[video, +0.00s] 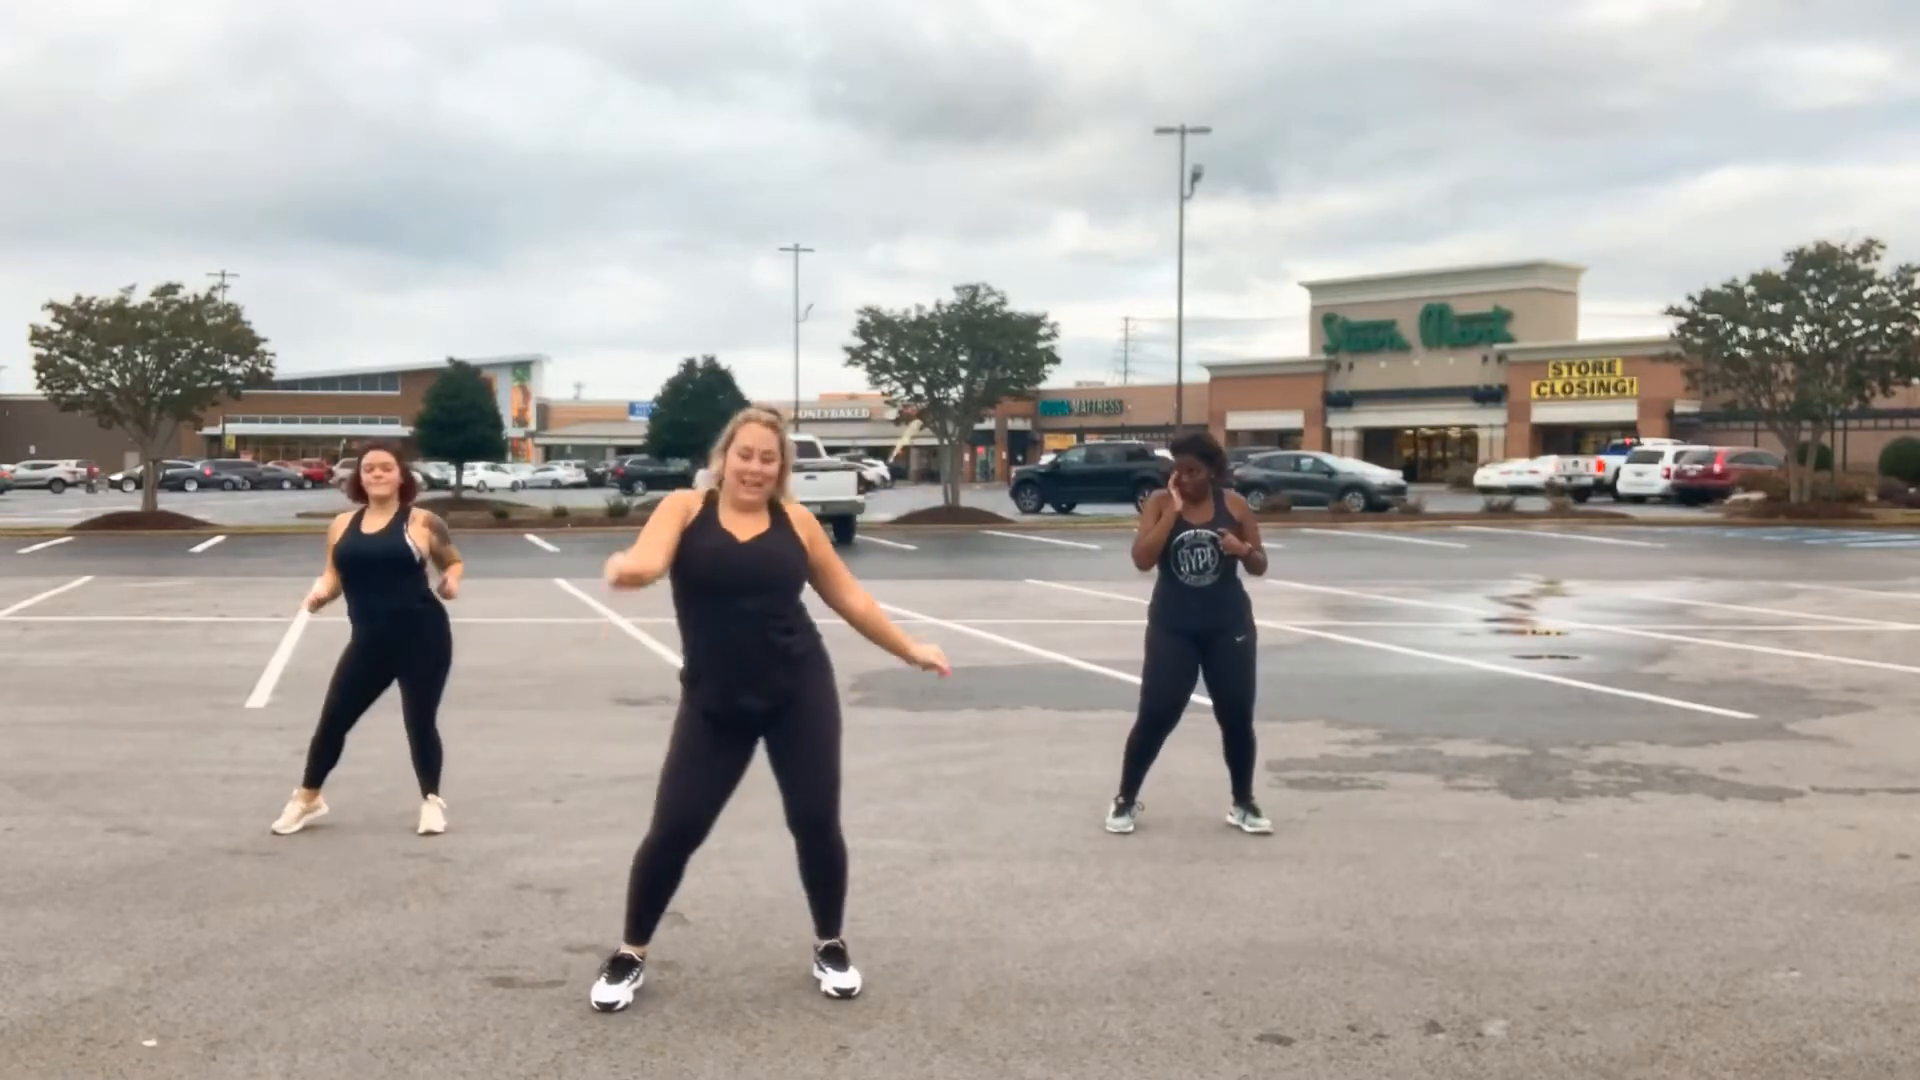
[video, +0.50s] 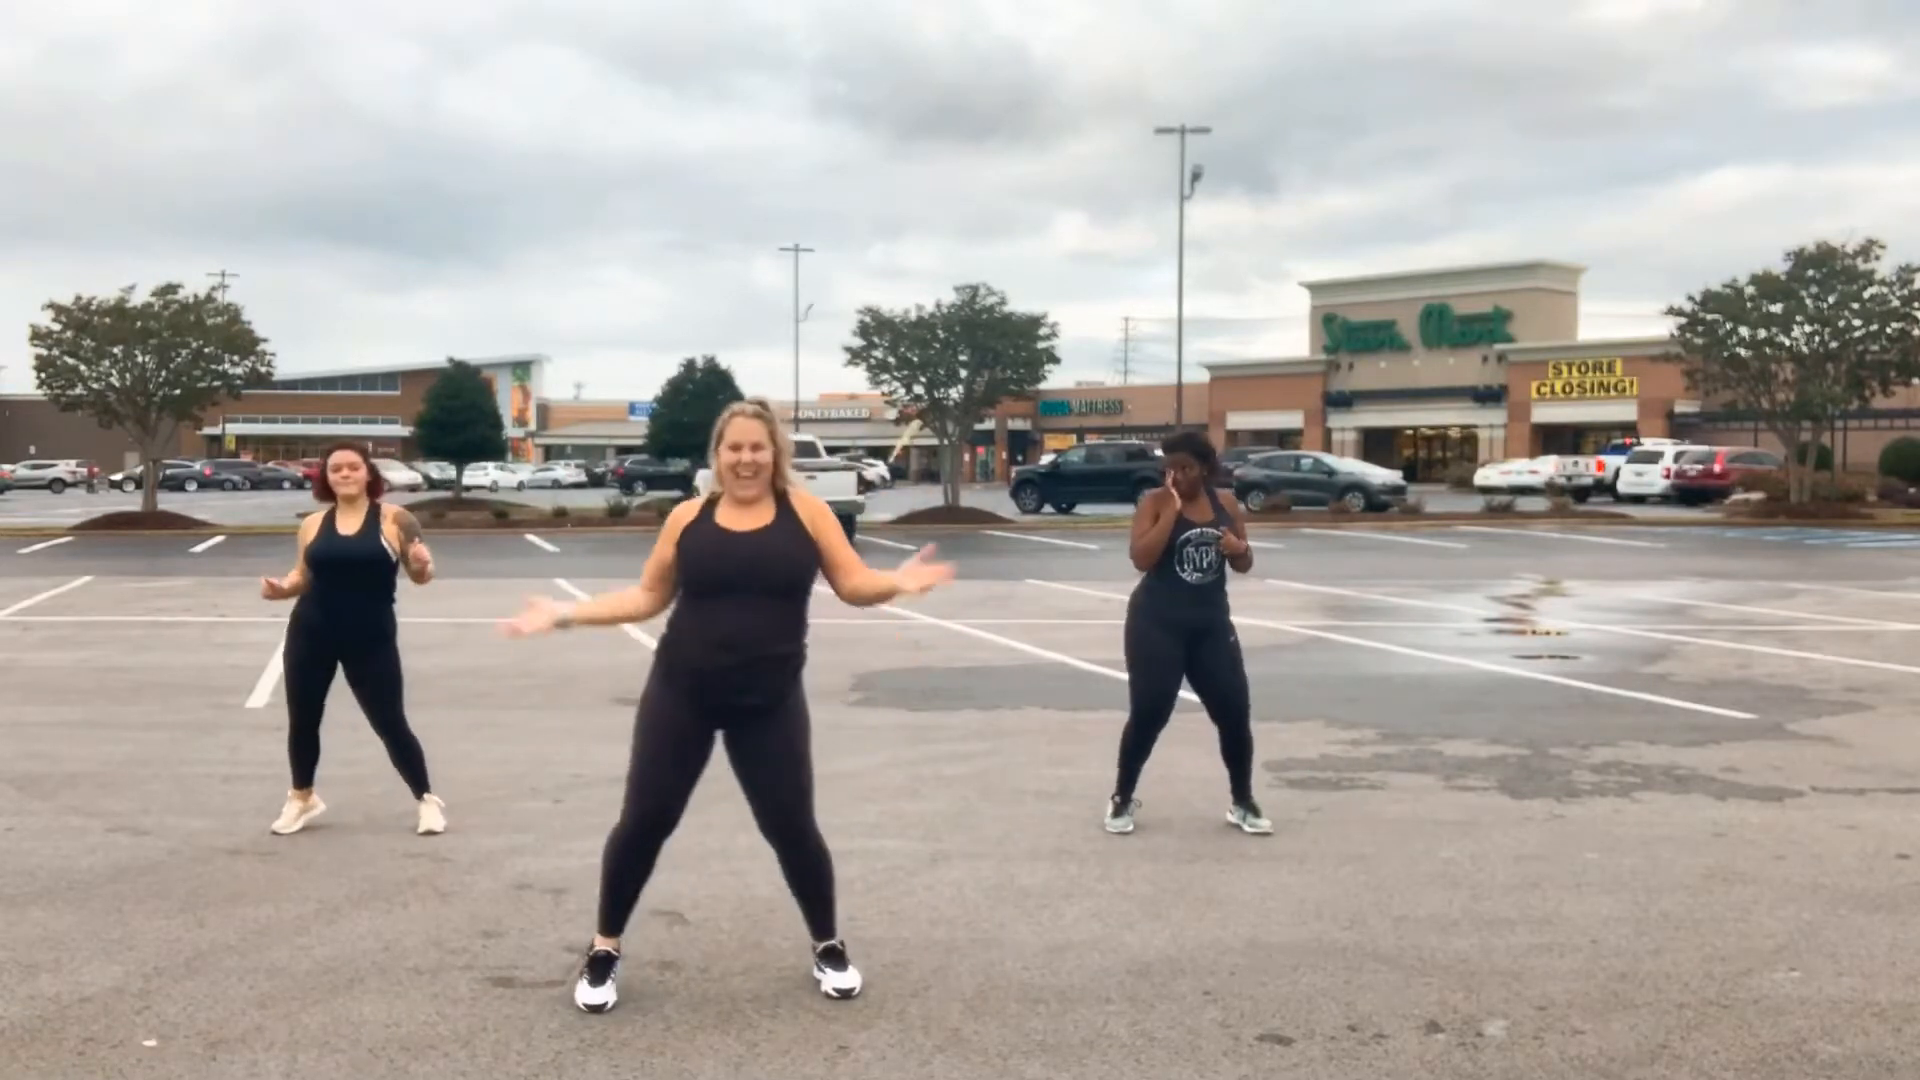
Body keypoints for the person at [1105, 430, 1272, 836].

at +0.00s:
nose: (1182, 478)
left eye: (1190, 472)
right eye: (1178, 471)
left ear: (1212, 470)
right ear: (1172, 470)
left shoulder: (1234, 505)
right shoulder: (1159, 503)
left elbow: (1260, 566)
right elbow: (1142, 559)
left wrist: (1243, 550)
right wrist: (1172, 512)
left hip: (1229, 628)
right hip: (1172, 629)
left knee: (1237, 720)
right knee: (1156, 716)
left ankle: (1243, 803)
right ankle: (1125, 800)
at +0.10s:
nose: (1183, 478)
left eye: (1191, 471)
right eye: (1179, 471)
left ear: (1214, 471)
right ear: (1174, 470)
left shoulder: (1235, 505)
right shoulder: (1160, 504)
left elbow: (1261, 567)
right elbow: (1144, 560)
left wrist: (1244, 551)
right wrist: (1173, 514)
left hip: (1233, 630)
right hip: (1176, 630)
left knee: (1241, 721)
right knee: (1156, 717)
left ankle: (1243, 803)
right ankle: (1124, 799)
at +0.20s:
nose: (1183, 478)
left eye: (1191, 471)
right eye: (1178, 470)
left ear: (1214, 470)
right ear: (1174, 469)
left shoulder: (1236, 505)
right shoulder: (1160, 504)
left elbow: (1259, 567)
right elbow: (1146, 560)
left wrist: (1244, 550)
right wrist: (1176, 513)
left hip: (1232, 628)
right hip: (1176, 628)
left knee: (1243, 719)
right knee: (1159, 715)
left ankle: (1243, 803)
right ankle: (1124, 798)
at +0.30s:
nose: (1182, 477)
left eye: (1190, 470)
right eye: (1177, 470)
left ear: (1213, 469)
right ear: (1172, 470)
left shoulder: (1235, 503)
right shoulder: (1159, 504)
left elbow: (1257, 565)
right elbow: (1147, 560)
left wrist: (1243, 548)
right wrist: (1177, 513)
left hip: (1227, 627)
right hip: (1172, 627)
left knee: (1241, 718)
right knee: (1160, 714)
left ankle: (1243, 802)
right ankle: (1123, 798)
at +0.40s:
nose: (1180, 477)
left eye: (1188, 470)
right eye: (1175, 470)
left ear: (1209, 469)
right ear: (1169, 469)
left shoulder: (1229, 501)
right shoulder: (1156, 503)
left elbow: (1252, 564)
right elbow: (1145, 560)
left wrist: (1242, 547)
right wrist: (1174, 513)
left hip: (1219, 626)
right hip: (1165, 626)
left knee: (1238, 716)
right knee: (1154, 715)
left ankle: (1243, 802)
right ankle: (1123, 799)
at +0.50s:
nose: (1175, 476)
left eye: (1183, 469)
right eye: (1170, 469)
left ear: (1204, 468)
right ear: (1164, 469)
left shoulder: (1224, 502)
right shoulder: (1153, 502)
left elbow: (1243, 564)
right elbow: (1141, 558)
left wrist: (1237, 549)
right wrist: (1170, 512)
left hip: (1210, 626)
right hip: (1156, 626)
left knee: (1235, 715)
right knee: (1148, 715)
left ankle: (1242, 802)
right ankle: (1122, 799)